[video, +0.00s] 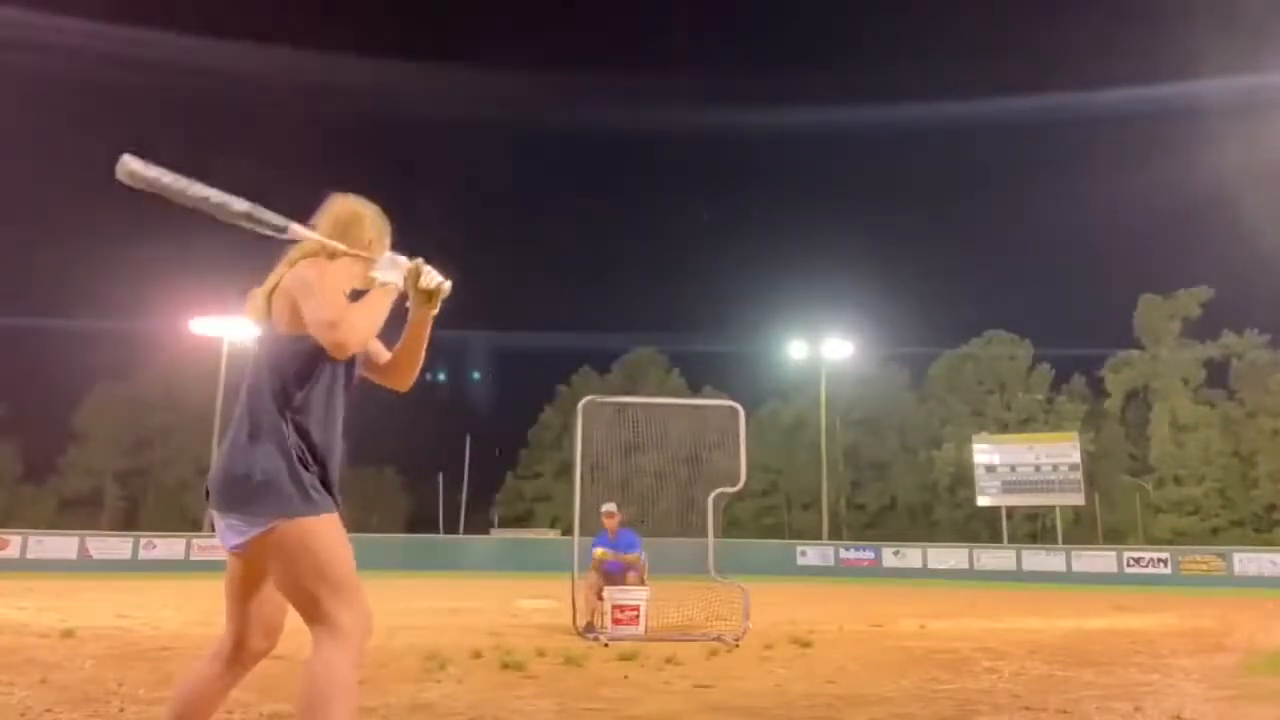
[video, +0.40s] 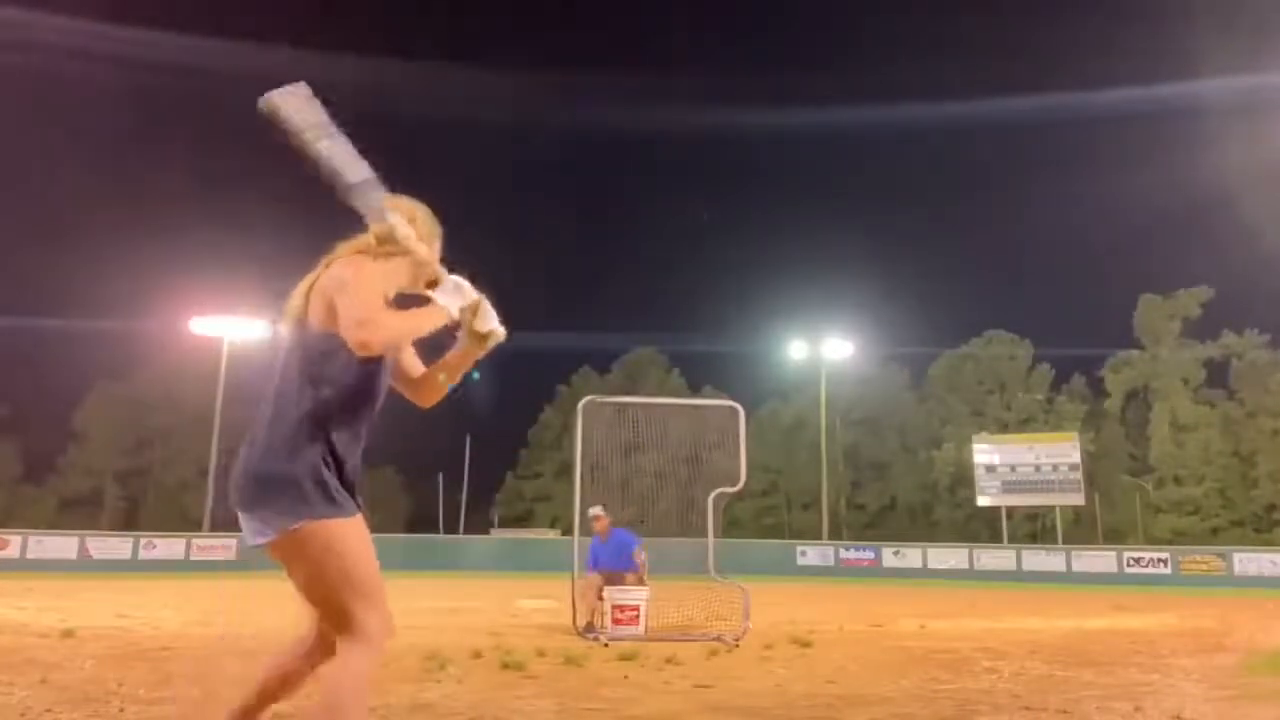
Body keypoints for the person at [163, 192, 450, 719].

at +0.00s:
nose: (378, 263)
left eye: (380, 257)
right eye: (376, 253)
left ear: (322, 236)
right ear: (360, 245)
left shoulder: (325, 297)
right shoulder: (315, 271)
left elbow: (398, 375)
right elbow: (342, 336)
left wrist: (423, 314)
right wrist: (390, 286)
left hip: (248, 475)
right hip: (274, 474)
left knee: (248, 639)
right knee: (345, 625)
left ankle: (176, 713)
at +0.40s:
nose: (426, 281)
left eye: (429, 272)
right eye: (427, 267)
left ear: (390, 240)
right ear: (411, 248)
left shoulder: (377, 309)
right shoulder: (353, 268)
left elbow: (424, 391)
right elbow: (365, 333)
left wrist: (470, 348)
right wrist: (445, 309)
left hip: (307, 477)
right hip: (293, 475)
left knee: (332, 634)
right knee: (369, 630)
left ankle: (242, 712)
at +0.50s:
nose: (442, 286)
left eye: (446, 277)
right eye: (443, 272)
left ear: (406, 255)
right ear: (426, 257)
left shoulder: (396, 315)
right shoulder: (362, 272)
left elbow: (427, 398)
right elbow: (353, 335)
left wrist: (468, 358)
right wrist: (446, 318)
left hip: (335, 484)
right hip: (289, 485)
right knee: (369, 629)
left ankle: (298, 709)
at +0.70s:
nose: (460, 293)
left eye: (464, 284)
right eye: (462, 280)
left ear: (421, 258)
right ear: (443, 268)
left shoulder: (423, 324)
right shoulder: (375, 282)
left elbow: (436, 405)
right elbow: (331, 339)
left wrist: (460, 366)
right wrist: (429, 325)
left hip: (355, 488)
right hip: (304, 493)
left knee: (446, 581)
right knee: (376, 628)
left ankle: (379, 706)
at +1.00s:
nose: (509, 333)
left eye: (510, 322)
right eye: (506, 319)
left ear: (474, 317)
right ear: (481, 312)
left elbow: (484, 403)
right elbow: (308, 317)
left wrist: (453, 334)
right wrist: (396, 302)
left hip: (412, 524)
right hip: (349, 523)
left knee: (457, 627)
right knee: (394, 641)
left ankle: (411, 704)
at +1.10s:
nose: (509, 357)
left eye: (510, 347)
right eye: (507, 345)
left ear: (475, 339)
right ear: (486, 338)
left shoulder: (472, 389)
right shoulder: (411, 368)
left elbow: (503, 429)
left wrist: (463, 367)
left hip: (410, 542)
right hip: (368, 544)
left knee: (453, 634)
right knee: (422, 652)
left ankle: (421, 706)